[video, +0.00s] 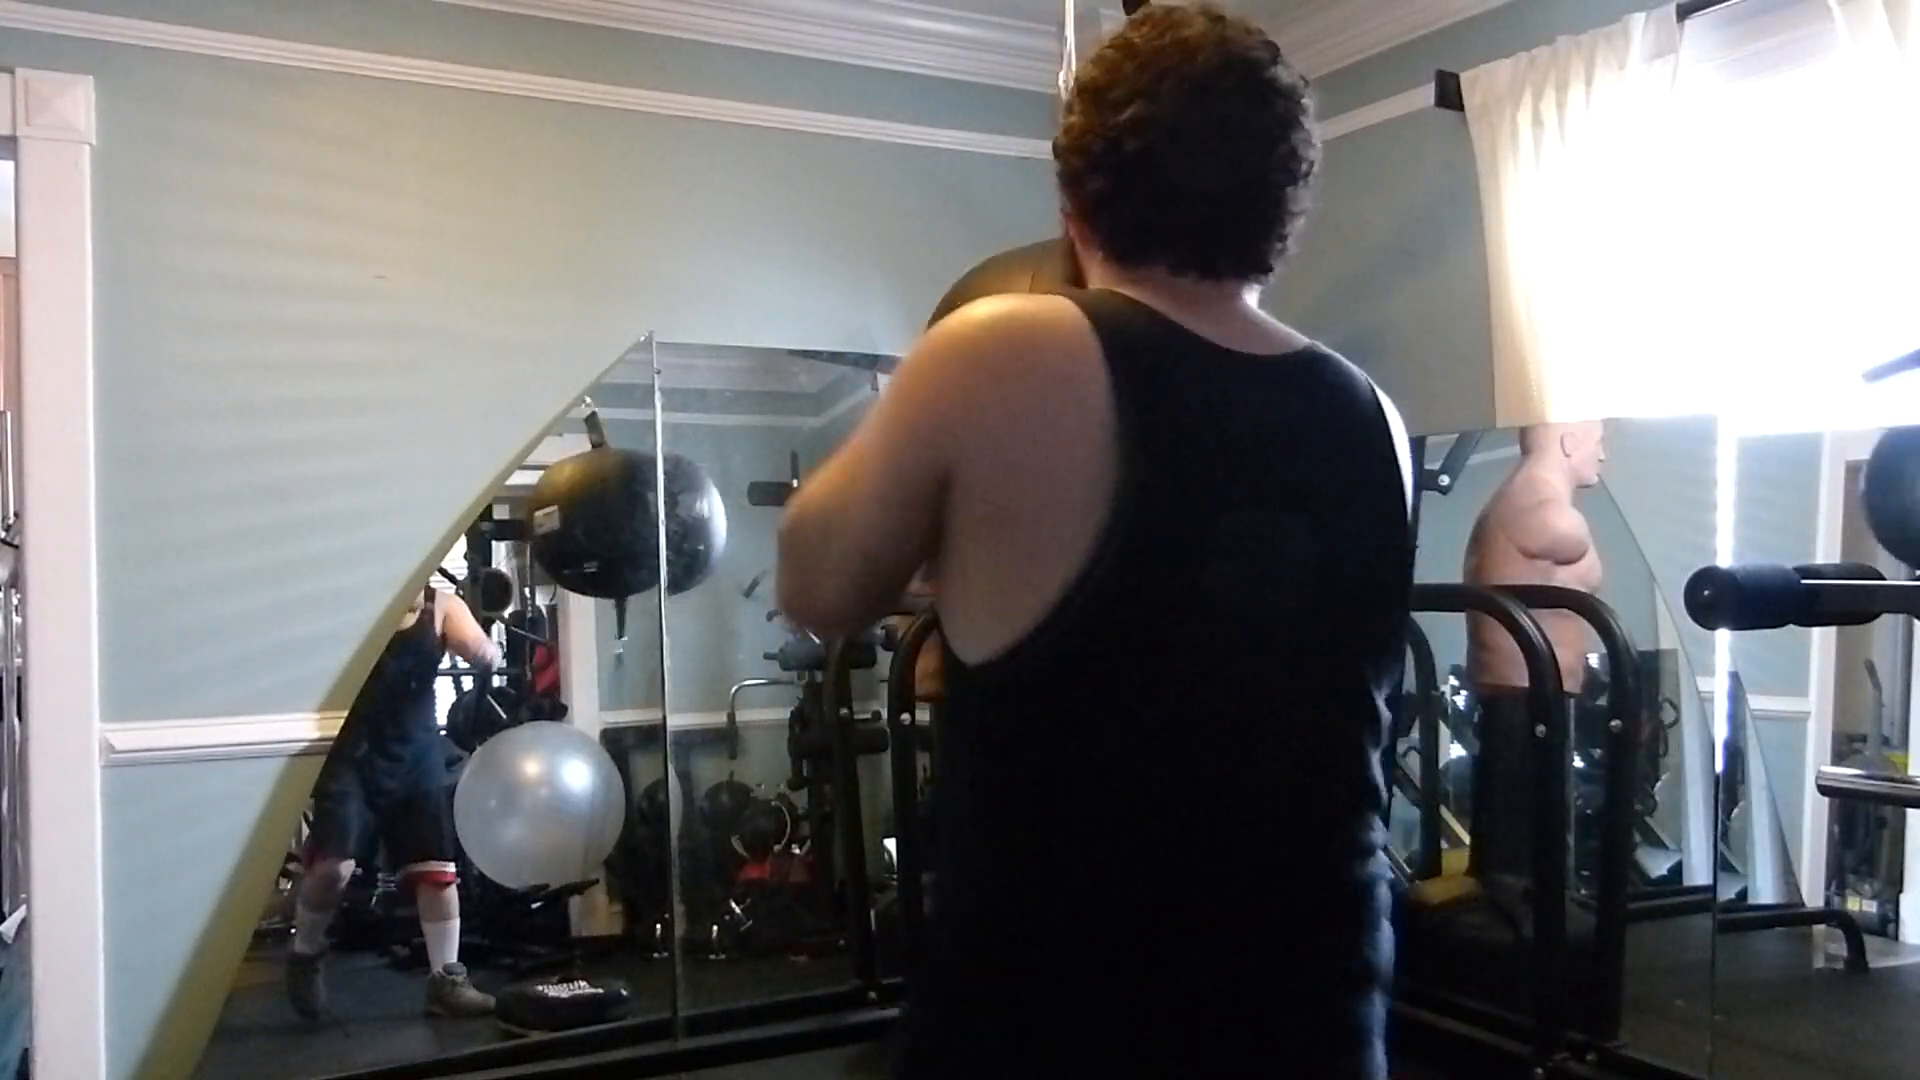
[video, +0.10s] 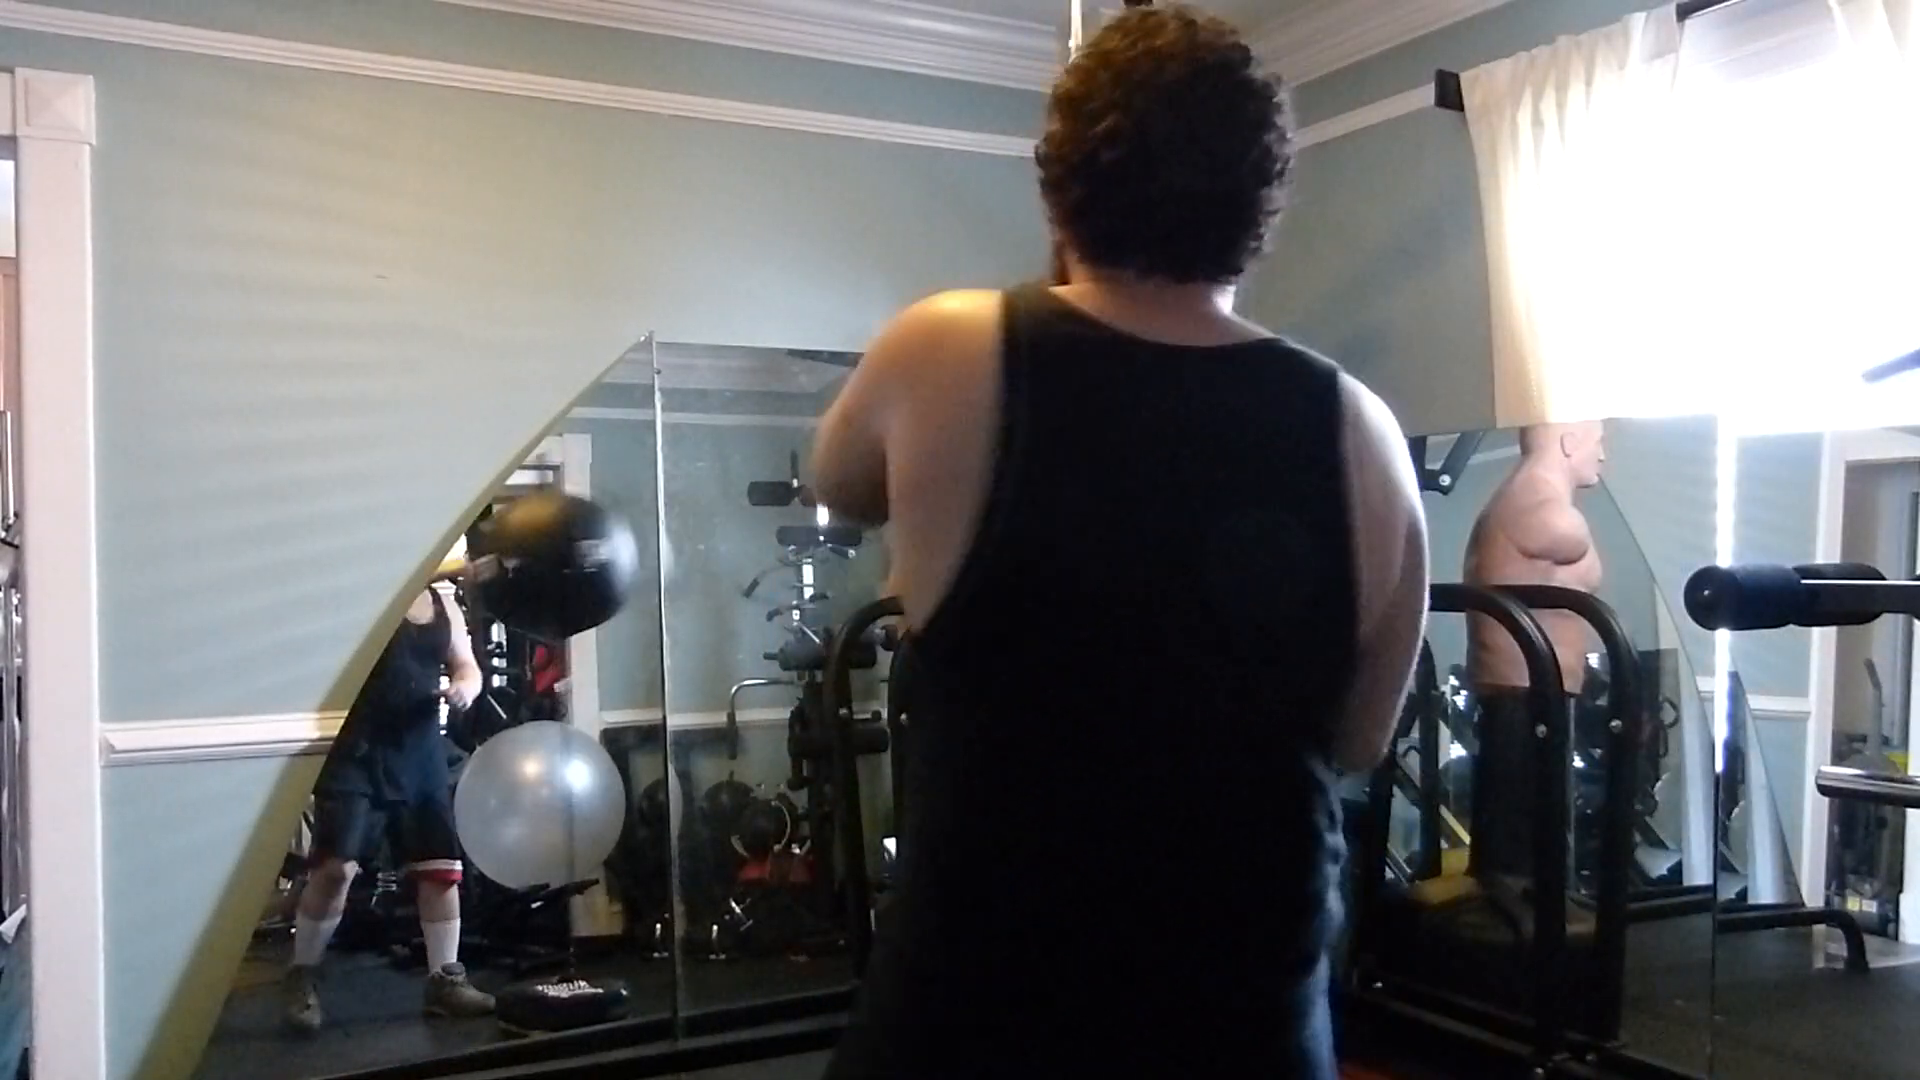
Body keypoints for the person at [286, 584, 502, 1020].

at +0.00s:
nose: (414, 579)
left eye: (419, 568)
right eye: (402, 568)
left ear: (428, 568)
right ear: (382, 569)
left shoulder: (443, 606)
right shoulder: (353, 601)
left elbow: (484, 654)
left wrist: (482, 654)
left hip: (415, 751)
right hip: (347, 752)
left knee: (437, 870)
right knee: (334, 869)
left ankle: (446, 979)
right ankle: (305, 954)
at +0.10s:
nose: (422, 557)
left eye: (427, 548)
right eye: (412, 550)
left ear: (431, 551)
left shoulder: (441, 600)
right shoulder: (358, 597)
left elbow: (467, 667)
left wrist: (462, 690)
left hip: (420, 754)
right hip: (353, 753)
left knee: (440, 868)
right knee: (336, 868)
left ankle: (445, 979)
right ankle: (301, 978)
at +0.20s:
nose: (439, 566)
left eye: (444, 558)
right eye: (432, 556)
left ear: (437, 566)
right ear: (397, 560)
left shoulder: (436, 611)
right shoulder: (361, 605)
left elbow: (455, 682)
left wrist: (459, 682)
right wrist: (464, 540)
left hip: (423, 764)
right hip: (356, 768)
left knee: (444, 873)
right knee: (328, 876)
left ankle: (444, 979)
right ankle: (284, 993)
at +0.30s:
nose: (427, 587)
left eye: (431, 579)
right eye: (424, 577)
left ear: (420, 576)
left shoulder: (415, 625)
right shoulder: (350, 612)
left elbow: (441, 671)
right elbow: (405, 598)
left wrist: (454, 678)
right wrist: (457, 559)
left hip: (417, 764)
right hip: (350, 764)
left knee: (446, 874)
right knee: (321, 878)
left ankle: (444, 982)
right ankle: (260, 998)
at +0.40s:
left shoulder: (387, 604)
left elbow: (393, 667)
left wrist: (419, 668)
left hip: (403, 761)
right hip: (340, 763)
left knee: (441, 875)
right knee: (311, 885)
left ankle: (443, 981)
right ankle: (243, 1009)